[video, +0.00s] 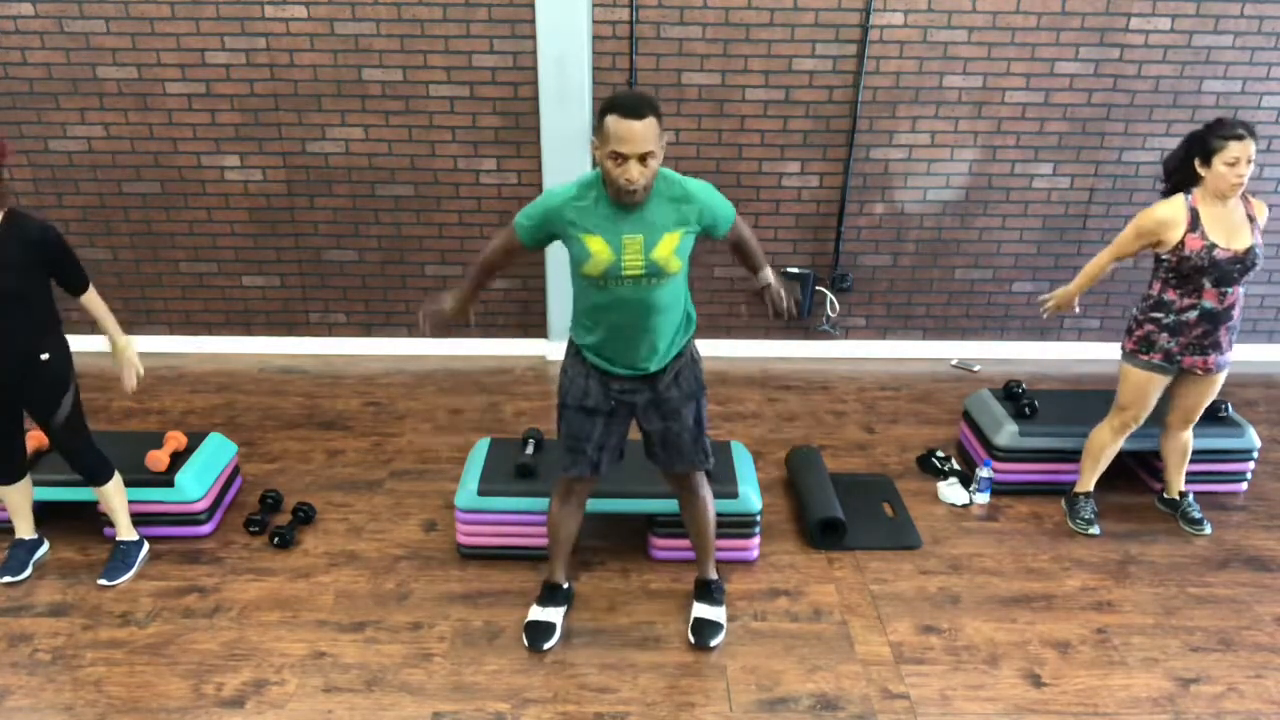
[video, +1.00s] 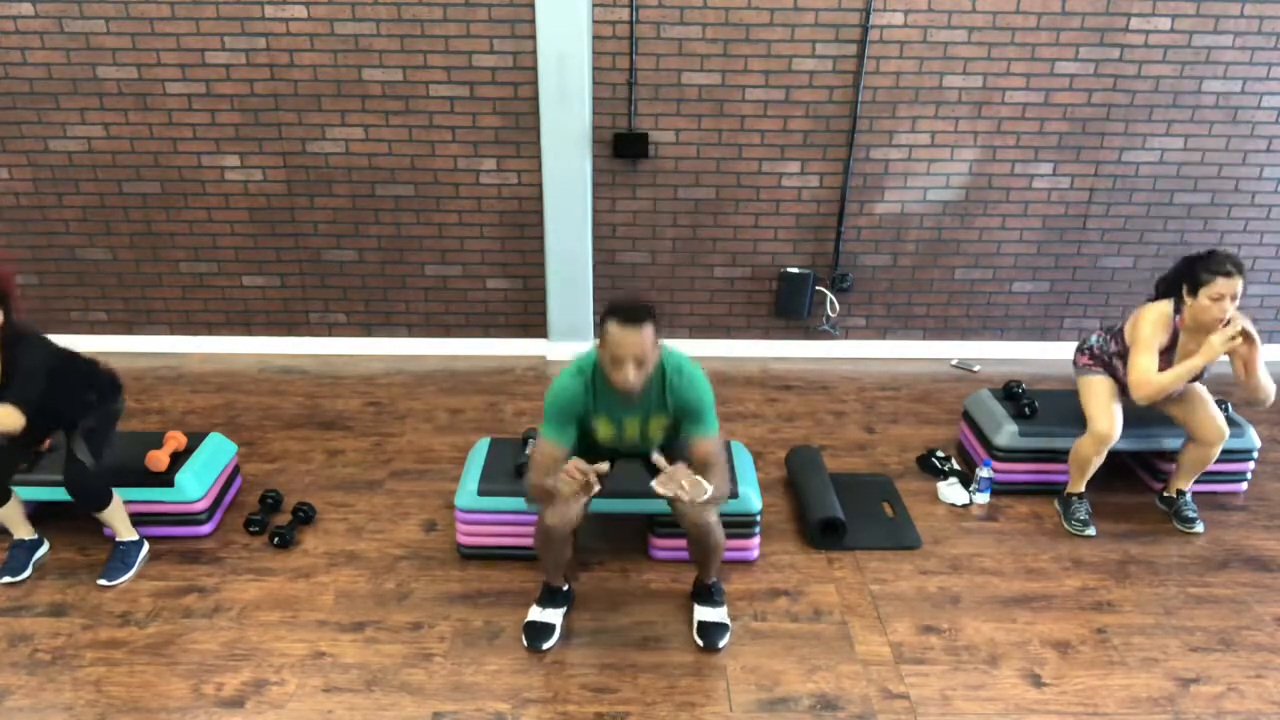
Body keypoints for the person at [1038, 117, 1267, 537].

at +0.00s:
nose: (1244, 173)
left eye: (1249, 163)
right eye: (1233, 164)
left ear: (1253, 164)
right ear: (1203, 166)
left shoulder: (1255, 211)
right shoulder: (1168, 215)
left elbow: (1227, 266)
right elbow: (1109, 257)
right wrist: (1070, 293)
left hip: (1213, 341)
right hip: (1160, 336)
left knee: (1183, 424)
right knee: (1124, 420)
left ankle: (1175, 494)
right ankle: (1081, 493)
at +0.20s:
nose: (1243, 170)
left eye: (1248, 161)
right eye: (1233, 161)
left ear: (1253, 164)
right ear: (1203, 164)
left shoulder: (1257, 214)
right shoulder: (1171, 215)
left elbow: (1265, 279)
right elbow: (1117, 273)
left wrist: (1277, 333)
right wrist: (1082, 329)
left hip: (1213, 339)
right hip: (1159, 333)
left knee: (1185, 423)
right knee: (1126, 421)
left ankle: (1175, 494)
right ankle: (1081, 493)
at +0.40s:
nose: (1246, 173)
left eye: (1251, 164)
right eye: (1235, 164)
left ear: (1257, 169)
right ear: (1205, 170)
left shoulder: (1262, 218)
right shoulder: (1176, 214)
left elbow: (1278, 271)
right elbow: (1128, 279)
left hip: (1201, 326)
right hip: (1145, 319)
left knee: (1186, 419)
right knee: (1118, 417)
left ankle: (1175, 494)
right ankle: (1075, 493)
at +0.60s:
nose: (1246, 221)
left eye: (1251, 211)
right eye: (1235, 211)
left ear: (1256, 215)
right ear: (1204, 216)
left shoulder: (1253, 255)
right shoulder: (1175, 250)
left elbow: (1277, 305)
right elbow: (1154, 319)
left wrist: (1270, 276)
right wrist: (1221, 287)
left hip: (1173, 337)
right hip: (1120, 329)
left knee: (1198, 419)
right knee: (1109, 419)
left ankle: (1173, 492)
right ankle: (1073, 493)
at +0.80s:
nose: (1236, 279)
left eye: (1241, 268)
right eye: (1225, 268)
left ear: (1247, 270)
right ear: (1194, 270)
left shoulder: (1239, 308)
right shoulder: (1162, 295)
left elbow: (1268, 375)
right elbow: (1151, 367)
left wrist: (1259, 336)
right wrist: (1215, 329)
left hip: (1167, 356)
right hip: (1109, 349)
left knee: (1209, 429)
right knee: (1106, 428)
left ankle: (1174, 493)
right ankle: (1073, 494)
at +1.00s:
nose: (1227, 311)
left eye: (1234, 299)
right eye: (1217, 299)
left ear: (1239, 299)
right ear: (1188, 295)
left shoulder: (1231, 329)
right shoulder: (1155, 318)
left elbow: (1262, 399)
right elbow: (1142, 391)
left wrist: (1252, 364)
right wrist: (1204, 357)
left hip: (1162, 372)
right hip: (1104, 363)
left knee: (1214, 432)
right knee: (1105, 431)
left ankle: (1175, 493)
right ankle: (1073, 494)